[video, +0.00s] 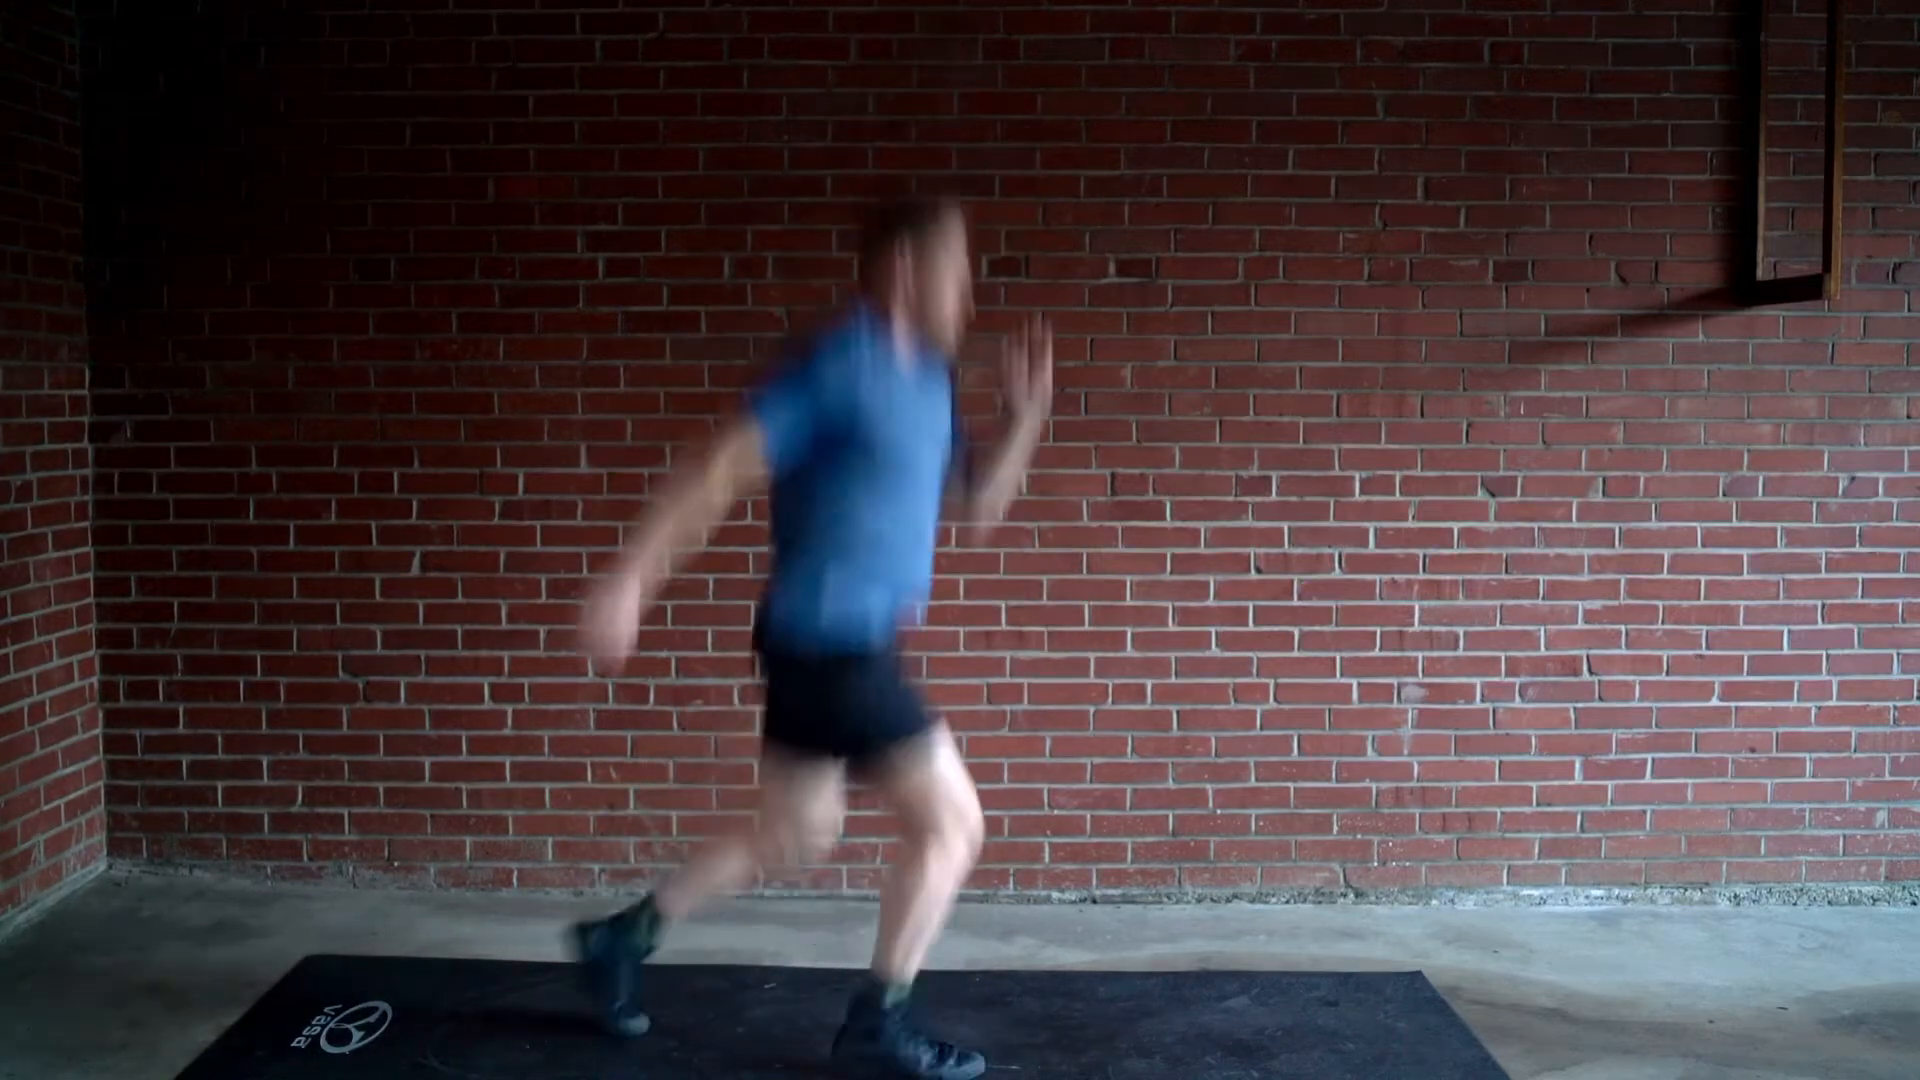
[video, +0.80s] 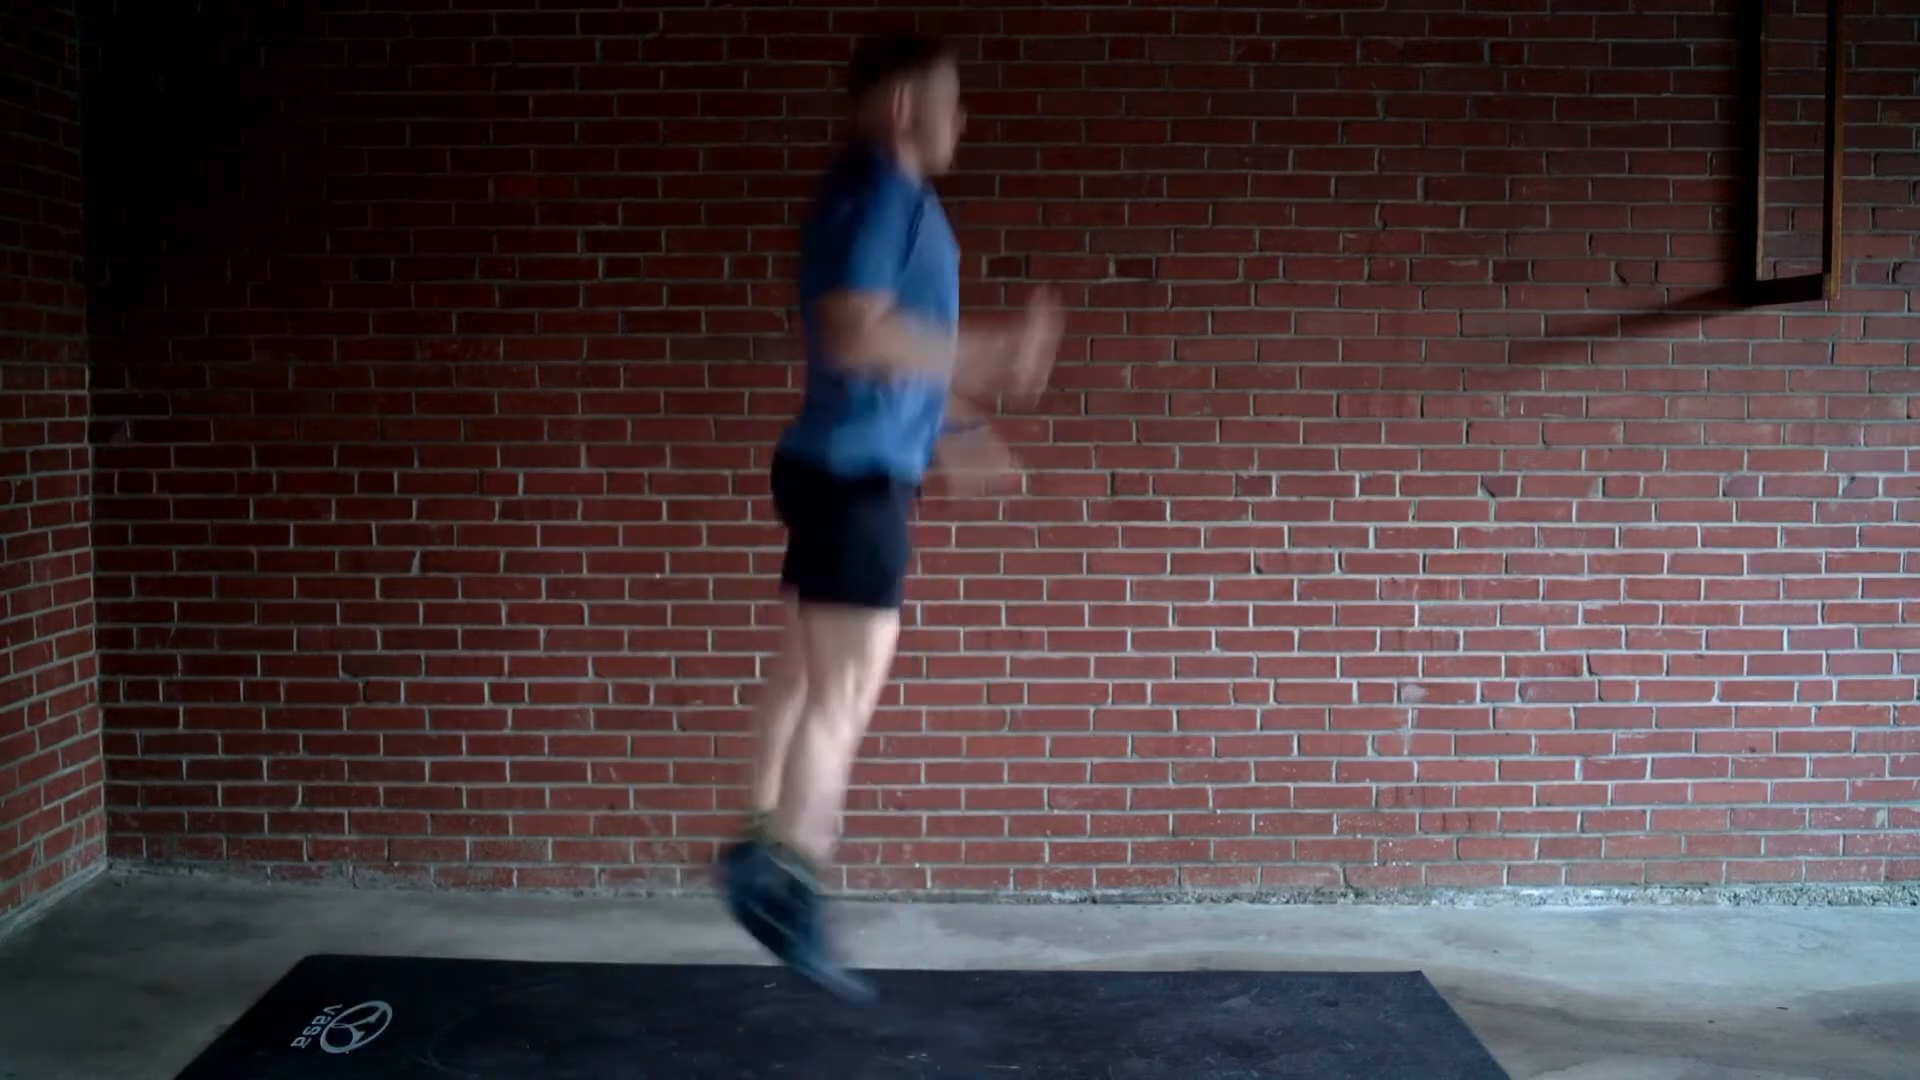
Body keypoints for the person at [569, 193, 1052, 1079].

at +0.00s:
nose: (965, 286)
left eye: (966, 266)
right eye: (950, 266)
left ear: (948, 274)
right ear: (897, 269)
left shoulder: (934, 376)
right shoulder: (843, 361)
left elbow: (974, 513)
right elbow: (726, 462)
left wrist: (1025, 418)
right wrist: (630, 580)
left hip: (843, 642)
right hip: (827, 644)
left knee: (795, 838)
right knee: (953, 825)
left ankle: (627, 933)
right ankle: (880, 1022)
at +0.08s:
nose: (985, 399)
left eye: (983, 379)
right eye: (970, 379)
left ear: (928, 383)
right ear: (918, 381)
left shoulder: (934, 486)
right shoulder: (854, 478)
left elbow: (975, 614)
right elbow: (727, 581)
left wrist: (1028, 545)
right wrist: (631, 694)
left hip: (846, 734)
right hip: (801, 736)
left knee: (800, 926)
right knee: (973, 851)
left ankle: (608, 950)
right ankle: (879, 1027)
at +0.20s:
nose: (1009, 514)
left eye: (1007, 497)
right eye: (999, 495)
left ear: (952, 500)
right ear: (943, 498)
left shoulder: (949, 601)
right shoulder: (863, 584)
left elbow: (963, 728)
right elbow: (725, 664)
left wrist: (1042, 675)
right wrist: (620, 772)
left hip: (818, 804)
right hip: (770, 807)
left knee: (817, 994)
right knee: (977, 855)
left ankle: (632, 955)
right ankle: (878, 1025)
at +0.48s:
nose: (1001, 460)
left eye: (995, 442)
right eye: (987, 443)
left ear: (946, 463)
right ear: (938, 459)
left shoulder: (947, 552)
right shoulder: (881, 543)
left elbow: (982, 679)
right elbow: (753, 643)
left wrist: (1037, 605)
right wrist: (648, 752)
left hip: (808, 766)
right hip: (777, 766)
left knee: (806, 950)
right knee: (972, 848)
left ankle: (611, 952)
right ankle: (879, 1028)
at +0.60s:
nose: (973, 332)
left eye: (969, 314)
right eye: (958, 314)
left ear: (920, 324)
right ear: (909, 323)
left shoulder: (937, 430)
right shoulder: (877, 418)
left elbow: (995, 531)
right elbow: (778, 524)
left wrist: (1030, 448)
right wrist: (745, 672)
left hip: (826, 680)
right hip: (820, 682)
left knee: (774, 865)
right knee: (963, 835)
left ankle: (595, 949)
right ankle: (880, 1021)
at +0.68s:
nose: (952, 226)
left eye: (951, 209)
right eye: (936, 208)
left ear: (939, 223)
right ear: (890, 218)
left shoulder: (932, 320)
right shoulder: (864, 307)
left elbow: (955, 430)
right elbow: (794, 424)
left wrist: (1050, 391)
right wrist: (826, 564)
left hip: (849, 582)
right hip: (839, 583)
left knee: (756, 753)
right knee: (908, 782)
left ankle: (642, 910)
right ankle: (887, 1009)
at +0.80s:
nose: (958, 116)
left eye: (956, 98)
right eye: (944, 97)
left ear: (898, 105)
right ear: (893, 103)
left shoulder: (894, 199)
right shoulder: (877, 193)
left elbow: (885, 347)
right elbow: (852, 331)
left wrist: (949, 429)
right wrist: (990, 352)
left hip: (843, 466)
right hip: (851, 470)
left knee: (807, 672)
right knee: (850, 680)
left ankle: (759, 846)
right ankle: (795, 875)